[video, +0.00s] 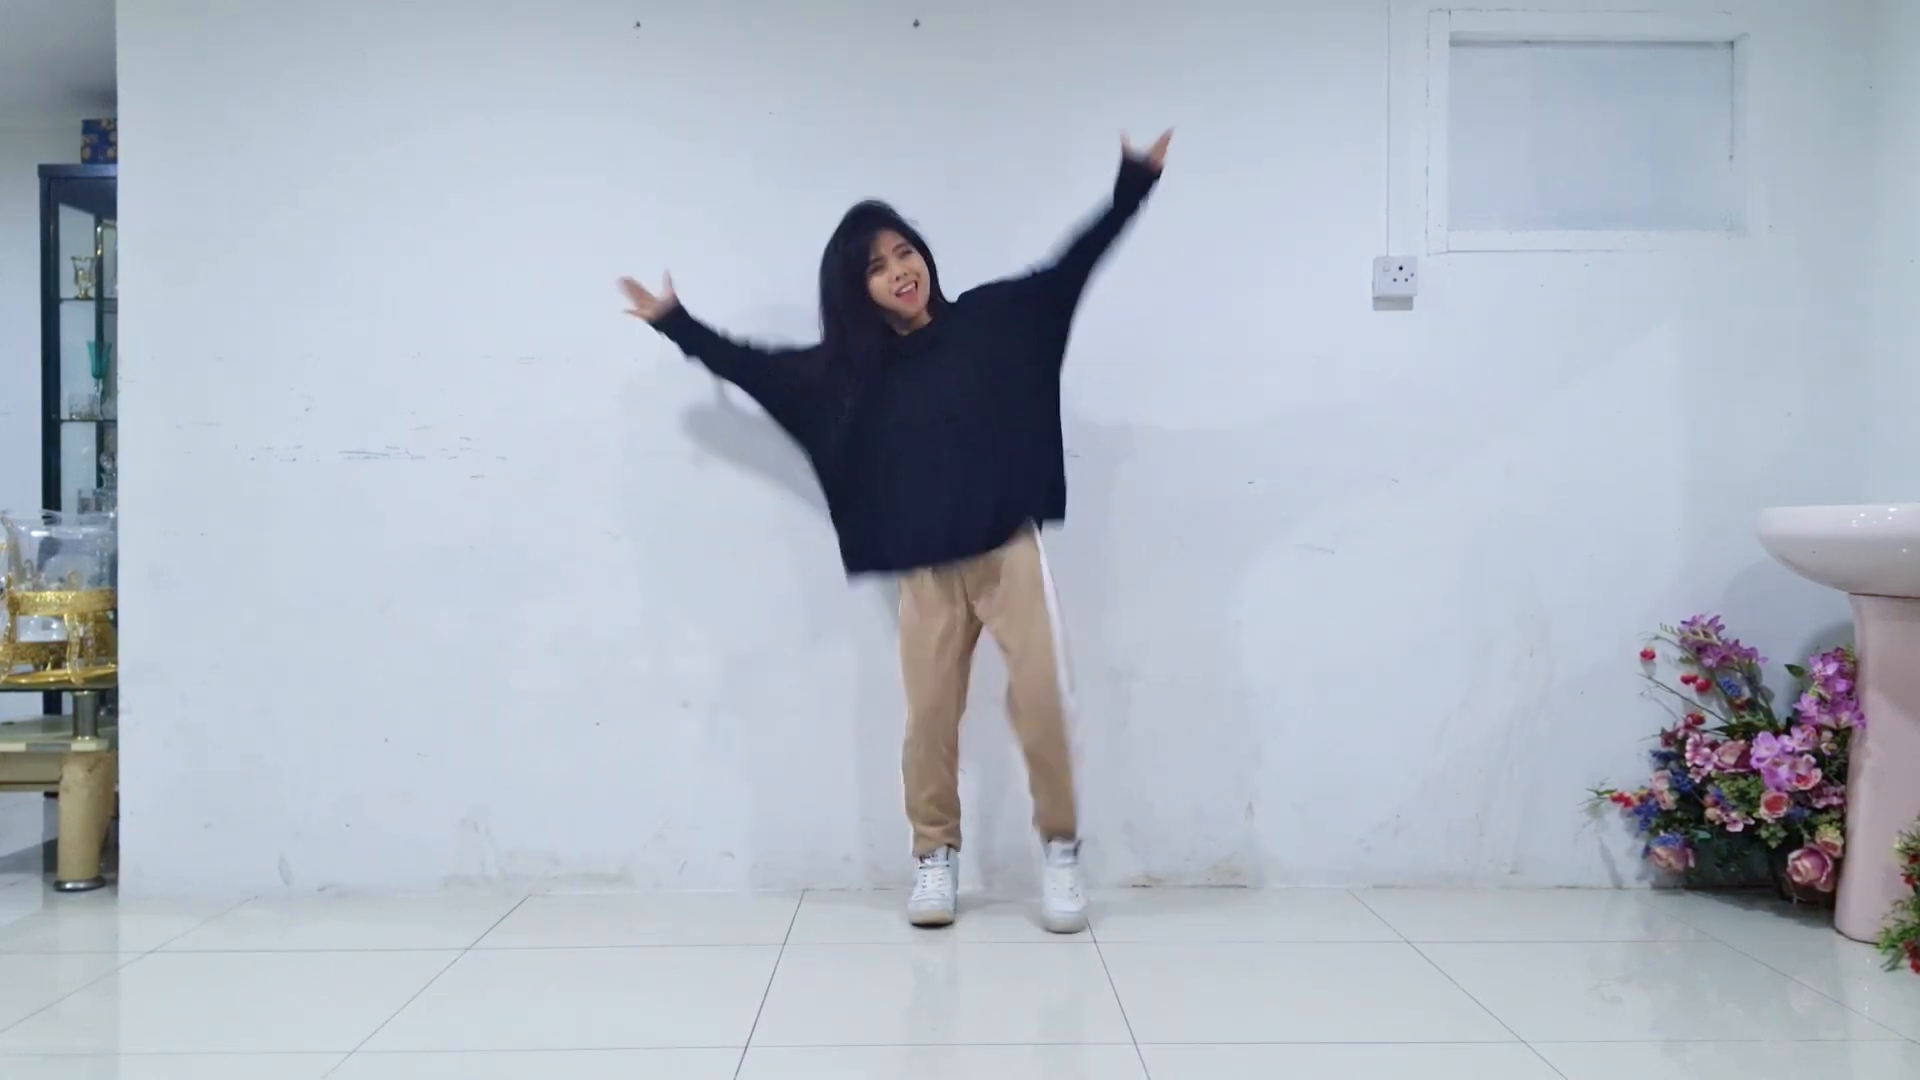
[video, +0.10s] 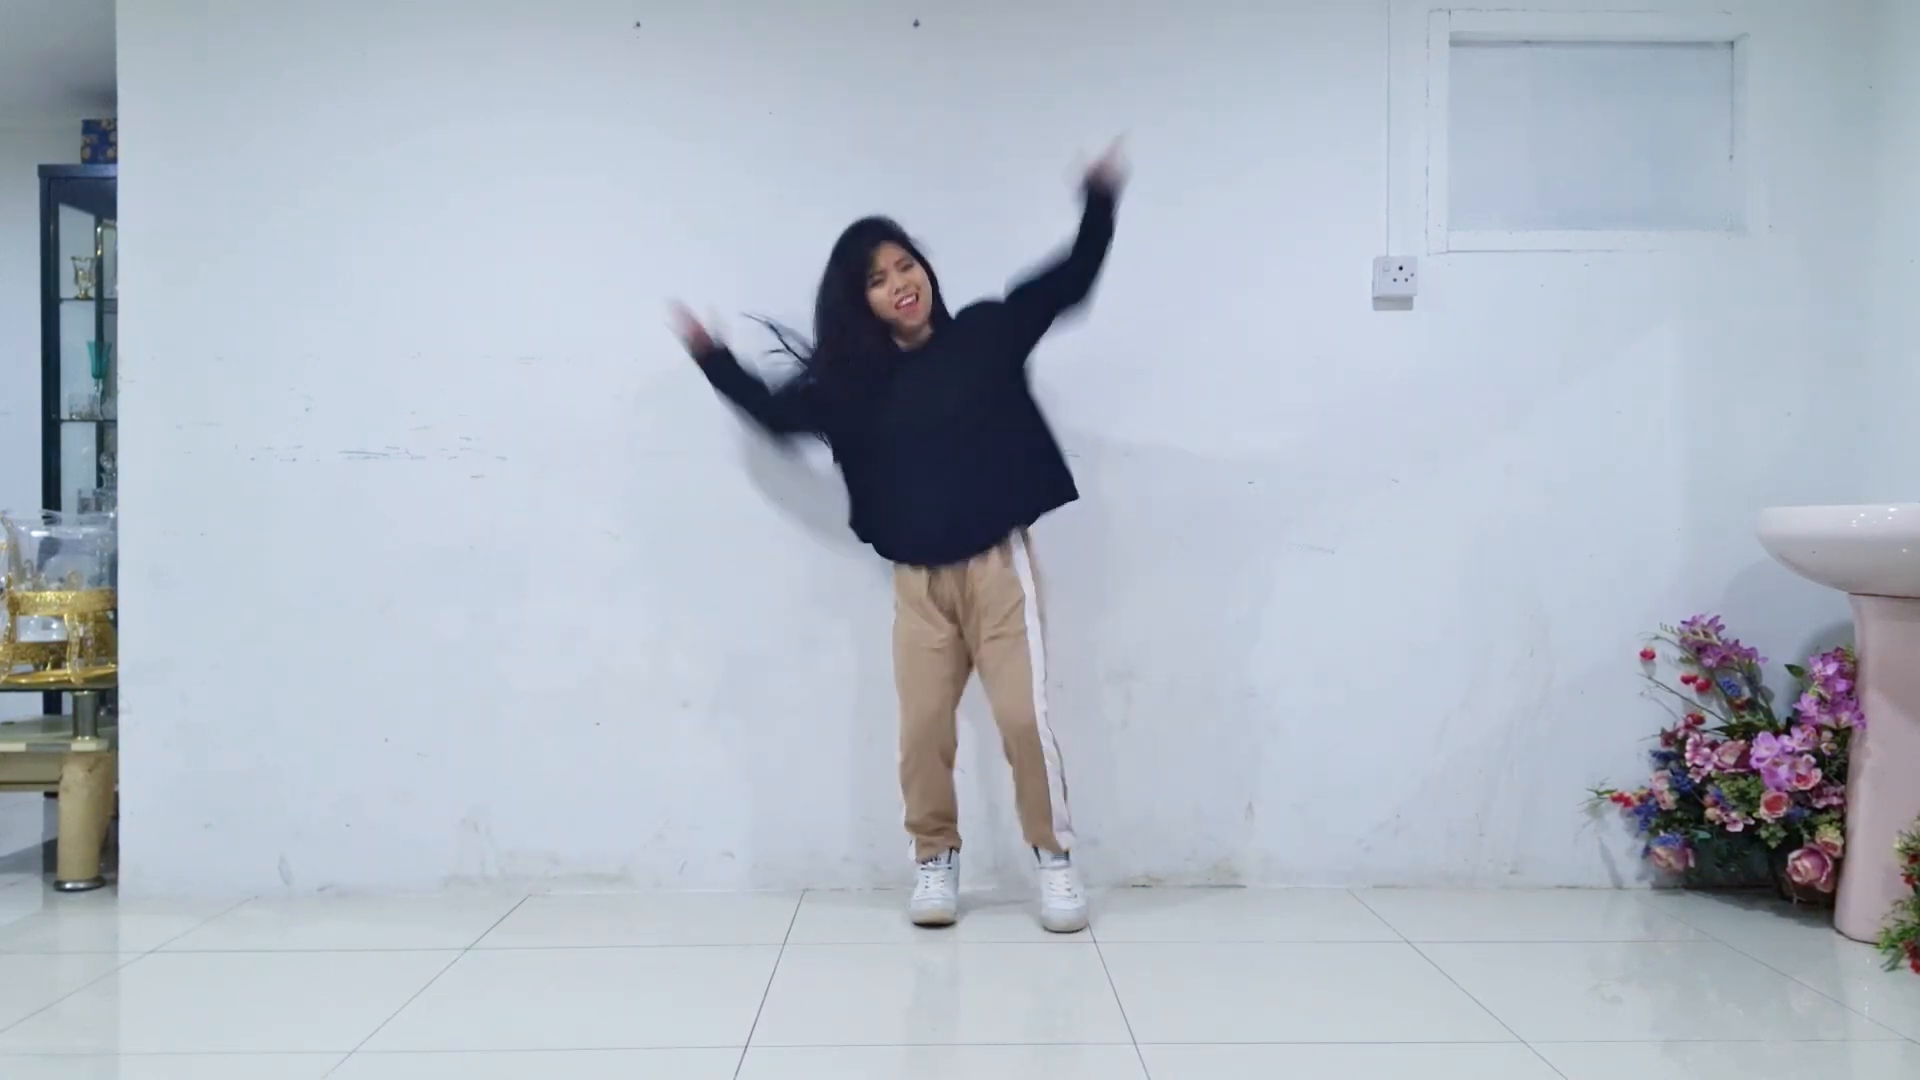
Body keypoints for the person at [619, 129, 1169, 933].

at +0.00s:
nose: (901, 272)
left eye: (906, 253)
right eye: (879, 267)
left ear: (927, 257)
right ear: (859, 291)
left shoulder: (995, 318)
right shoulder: (844, 370)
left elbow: (1074, 264)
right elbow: (747, 365)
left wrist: (1130, 193)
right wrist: (676, 323)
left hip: (1011, 551)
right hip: (925, 568)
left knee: (1038, 702)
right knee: (929, 718)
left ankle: (1061, 855)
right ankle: (935, 860)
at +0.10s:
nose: (902, 286)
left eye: (908, 268)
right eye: (882, 281)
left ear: (928, 272)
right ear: (861, 303)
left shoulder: (987, 334)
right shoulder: (850, 381)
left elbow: (1073, 278)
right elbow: (775, 413)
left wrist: (1099, 204)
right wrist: (713, 358)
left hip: (1002, 566)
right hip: (920, 580)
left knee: (1023, 720)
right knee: (922, 729)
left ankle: (1054, 862)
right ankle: (935, 865)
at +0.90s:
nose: (957, 277)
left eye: (973, 267)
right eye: (944, 266)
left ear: (997, 285)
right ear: (926, 285)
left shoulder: (1028, 371)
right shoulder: (906, 388)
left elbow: (1086, 446)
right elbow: (914, 484)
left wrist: (1030, 477)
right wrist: (908, 546)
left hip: (1030, 570)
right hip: (950, 576)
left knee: (1012, 716)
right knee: (924, 680)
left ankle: (999, 865)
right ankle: (954, 829)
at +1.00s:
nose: (965, 279)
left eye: (981, 267)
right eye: (951, 267)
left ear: (1005, 282)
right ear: (932, 283)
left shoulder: (1025, 359)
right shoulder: (930, 378)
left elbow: (1072, 403)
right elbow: (939, 469)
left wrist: (999, 385)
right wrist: (927, 527)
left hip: (1037, 567)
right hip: (961, 572)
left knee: (1020, 717)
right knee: (956, 708)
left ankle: (994, 860)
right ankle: (1041, 845)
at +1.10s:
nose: (970, 289)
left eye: (987, 274)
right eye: (957, 276)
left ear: (1012, 289)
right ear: (939, 292)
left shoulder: (1025, 365)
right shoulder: (940, 376)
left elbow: (1016, 421)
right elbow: (949, 472)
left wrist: (999, 372)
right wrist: (945, 547)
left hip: (1040, 571)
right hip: (966, 582)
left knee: (1030, 731)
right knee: (998, 734)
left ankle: (996, 861)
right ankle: (1082, 874)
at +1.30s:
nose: (989, 275)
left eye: (1003, 263)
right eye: (973, 263)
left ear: (1022, 280)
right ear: (946, 280)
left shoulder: (1054, 361)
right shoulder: (924, 386)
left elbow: (1142, 404)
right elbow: (896, 480)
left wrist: (1146, 356)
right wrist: (952, 481)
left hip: (1063, 566)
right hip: (983, 576)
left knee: (1044, 723)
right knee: (1039, 728)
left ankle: (991, 857)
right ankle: (1092, 877)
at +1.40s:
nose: (1044, 268)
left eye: (1037, 254)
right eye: (1031, 256)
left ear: (998, 276)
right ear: (997, 274)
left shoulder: (1024, 358)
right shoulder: (955, 371)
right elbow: (926, 451)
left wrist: (1073, 378)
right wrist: (996, 491)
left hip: (1063, 554)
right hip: (997, 561)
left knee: (1015, 715)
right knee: (1045, 716)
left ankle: (963, 854)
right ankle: (1093, 873)